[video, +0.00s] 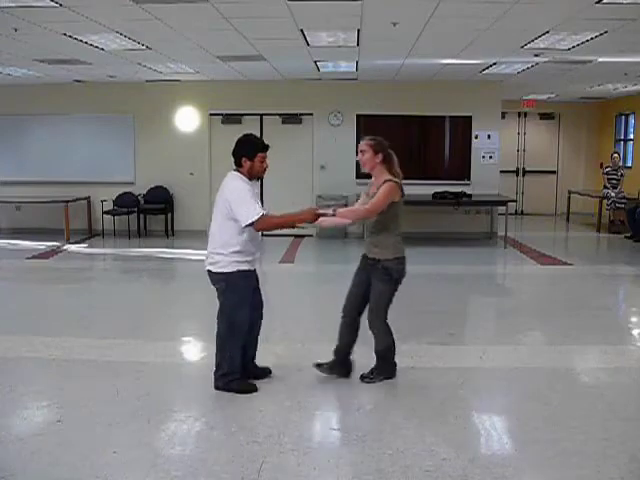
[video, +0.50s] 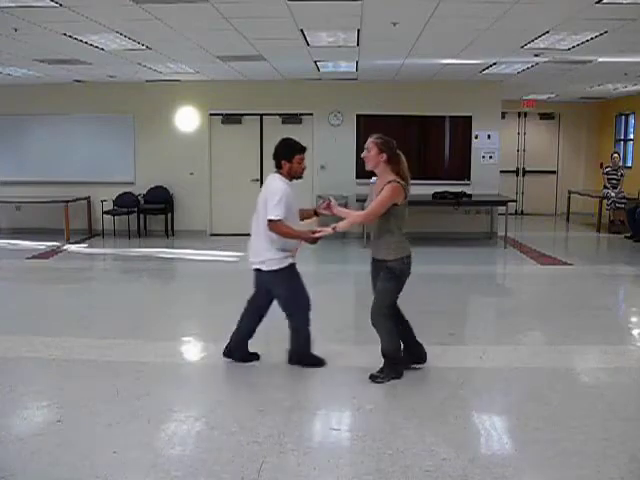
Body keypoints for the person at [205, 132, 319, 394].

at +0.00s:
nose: (266, 165)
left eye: (266, 159)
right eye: (262, 160)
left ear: (249, 161)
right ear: (245, 162)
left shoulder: (246, 184)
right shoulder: (236, 185)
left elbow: (260, 219)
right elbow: (259, 223)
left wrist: (295, 219)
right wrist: (299, 218)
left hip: (243, 264)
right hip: (229, 266)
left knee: (252, 314)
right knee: (234, 320)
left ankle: (246, 365)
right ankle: (227, 377)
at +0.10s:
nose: (267, 165)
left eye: (267, 160)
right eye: (263, 161)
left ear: (250, 162)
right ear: (247, 162)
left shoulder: (249, 185)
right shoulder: (237, 186)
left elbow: (272, 216)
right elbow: (257, 224)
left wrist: (303, 218)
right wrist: (294, 222)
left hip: (244, 263)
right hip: (230, 265)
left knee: (251, 310)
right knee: (236, 318)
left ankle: (241, 355)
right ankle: (226, 377)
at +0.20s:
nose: (271, 165)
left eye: (271, 160)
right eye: (267, 160)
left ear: (254, 162)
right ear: (251, 162)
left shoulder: (254, 185)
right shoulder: (242, 187)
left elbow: (279, 213)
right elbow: (255, 226)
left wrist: (313, 215)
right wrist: (295, 228)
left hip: (244, 262)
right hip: (236, 263)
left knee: (243, 314)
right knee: (239, 320)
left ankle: (239, 351)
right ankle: (227, 378)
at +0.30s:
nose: (279, 165)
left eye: (279, 160)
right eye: (275, 161)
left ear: (261, 162)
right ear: (259, 163)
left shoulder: (261, 185)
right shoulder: (251, 187)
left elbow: (284, 212)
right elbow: (257, 228)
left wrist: (315, 214)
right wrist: (294, 231)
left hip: (246, 261)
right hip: (245, 263)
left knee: (241, 312)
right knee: (261, 312)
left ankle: (234, 356)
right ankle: (236, 367)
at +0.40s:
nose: (290, 165)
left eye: (290, 160)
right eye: (285, 161)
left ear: (272, 164)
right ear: (270, 163)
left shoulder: (267, 185)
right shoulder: (265, 188)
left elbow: (286, 214)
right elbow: (264, 227)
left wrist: (315, 214)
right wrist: (299, 235)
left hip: (249, 258)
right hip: (258, 259)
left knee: (244, 304)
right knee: (284, 304)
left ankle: (232, 351)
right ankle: (262, 357)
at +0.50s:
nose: (304, 166)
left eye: (304, 161)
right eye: (300, 161)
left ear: (285, 165)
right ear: (285, 164)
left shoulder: (276, 183)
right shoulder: (279, 188)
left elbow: (287, 215)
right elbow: (274, 224)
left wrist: (314, 212)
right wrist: (303, 235)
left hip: (267, 259)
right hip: (275, 261)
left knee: (259, 303)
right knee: (299, 306)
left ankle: (236, 347)